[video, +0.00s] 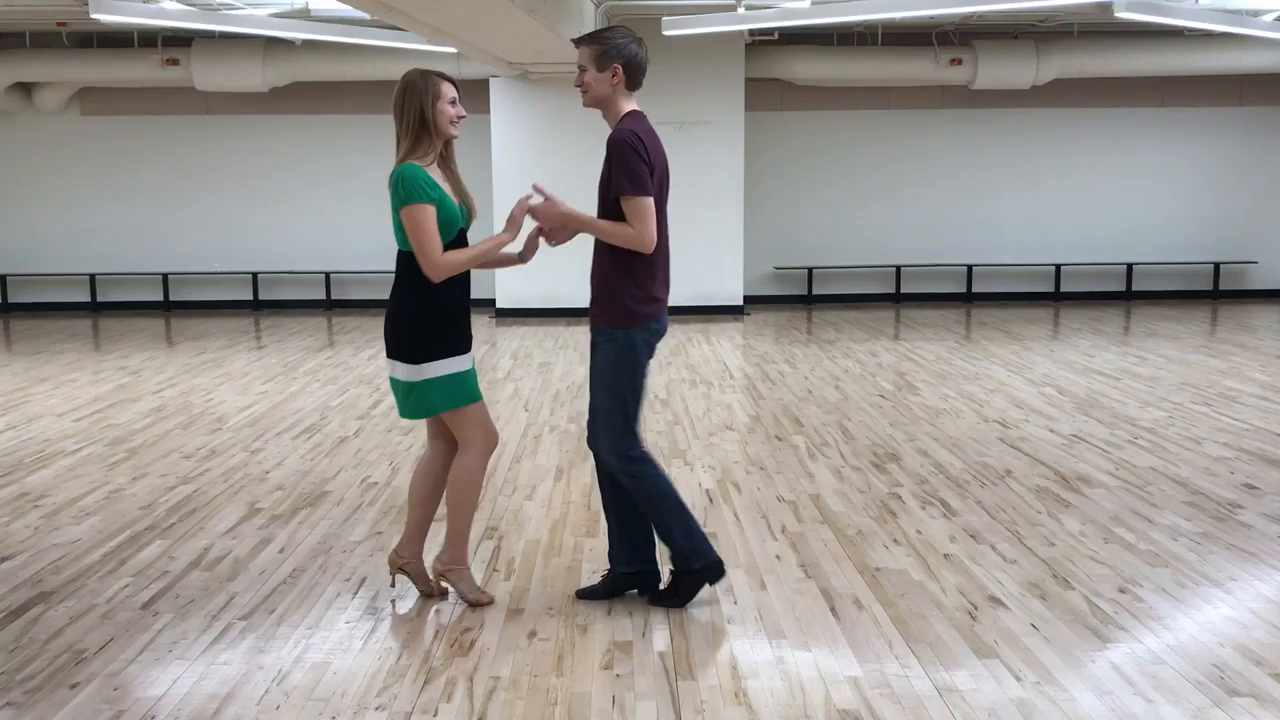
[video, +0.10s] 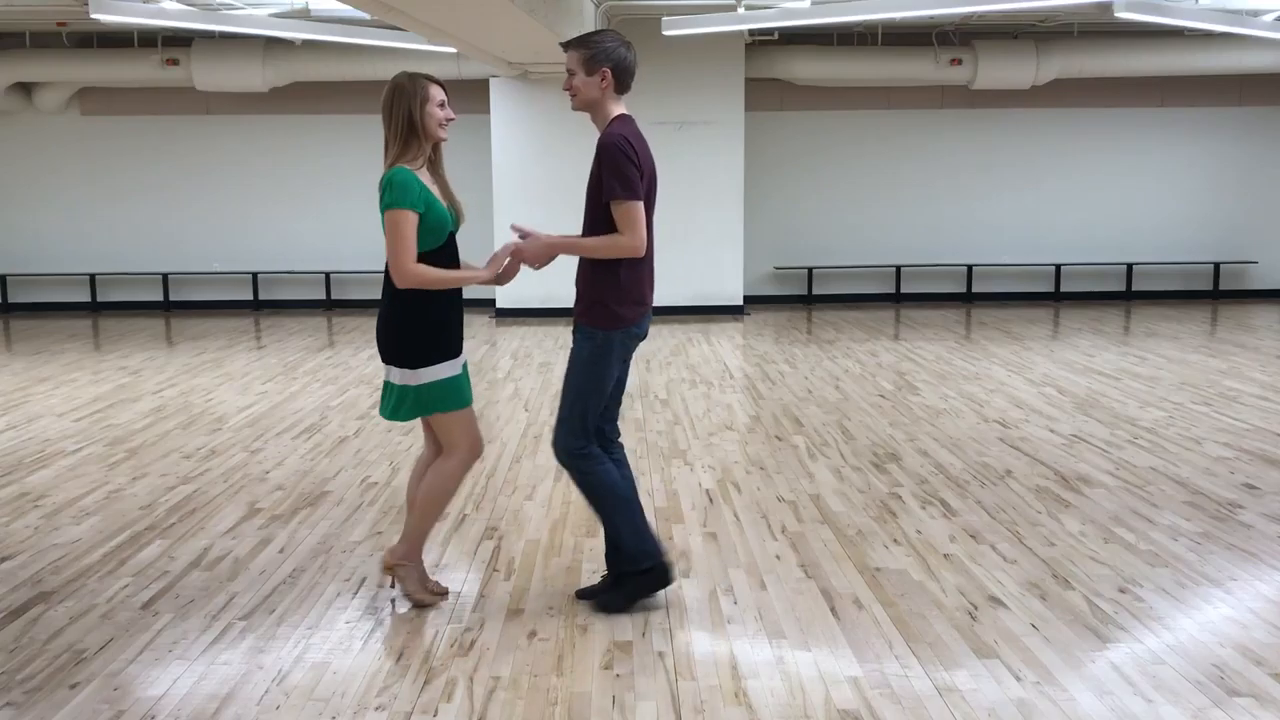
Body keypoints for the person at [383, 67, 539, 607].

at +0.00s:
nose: (461, 111)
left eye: (459, 102)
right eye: (450, 102)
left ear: (442, 111)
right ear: (423, 111)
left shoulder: (439, 171)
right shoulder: (413, 176)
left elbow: (459, 257)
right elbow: (434, 266)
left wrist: (519, 258)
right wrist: (501, 237)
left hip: (437, 330)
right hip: (426, 334)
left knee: (442, 443)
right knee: (479, 439)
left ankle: (408, 550)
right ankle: (453, 558)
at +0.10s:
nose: (450, 113)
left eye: (447, 104)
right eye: (439, 105)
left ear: (428, 113)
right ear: (412, 114)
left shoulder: (426, 176)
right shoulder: (403, 180)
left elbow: (435, 263)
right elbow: (405, 273)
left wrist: (486, 271)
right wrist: (478, 275)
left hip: (430, 332)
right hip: (421, 338)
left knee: (437, 446)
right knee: (465, 445)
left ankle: (411, 560)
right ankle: (405, 550)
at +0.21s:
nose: (442, 112)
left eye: (440, 103)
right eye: (432, 103)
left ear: (423, 114)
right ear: (406, 112)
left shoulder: (419, 175)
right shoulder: (397, 180)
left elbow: (424, 259)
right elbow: (385, 267)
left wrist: (473, 273)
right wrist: (460, 282)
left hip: (431, 327)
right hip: (410, 334)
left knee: (448, 443)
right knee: (432, 451)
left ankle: (409, 553)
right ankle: (363, 557)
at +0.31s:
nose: (435, 112)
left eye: (434, 103)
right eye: (426, 104)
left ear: (415, 112)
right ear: (400, 112)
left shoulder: (416, 173)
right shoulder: (391, 178)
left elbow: (419, 259)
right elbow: (374, 265)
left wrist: (467, 266)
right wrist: (446, 280)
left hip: (425, 328)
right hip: (397, 334)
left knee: (446, 442)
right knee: (398, 455)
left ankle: (410, 555)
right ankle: (342, 566)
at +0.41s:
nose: (432, 113)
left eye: (430, 104)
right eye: (422, 105)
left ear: (409, 114)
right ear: (396, 113)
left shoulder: (410, 177)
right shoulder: (388, 180)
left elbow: (410, 263)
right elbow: (369, 267)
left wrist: (460, 265)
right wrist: (443, 277)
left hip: (414, 334)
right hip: (386, 336)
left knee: (446, 442)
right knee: (382, 452)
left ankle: (410, 554)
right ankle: (337, 567)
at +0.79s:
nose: (436, 111)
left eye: (433, 102)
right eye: (426, 103)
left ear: (412, 111)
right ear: (400, 113)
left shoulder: (408, 175)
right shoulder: (395, 178)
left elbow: (429, 261)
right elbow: (417, 268)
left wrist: (487, 245)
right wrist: (489, 255)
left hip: (395, 335)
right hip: (404, 339)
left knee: (409, 446)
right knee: (443, 446)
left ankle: (372, 557)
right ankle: (376, 555)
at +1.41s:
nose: (503, 114)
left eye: (503, 106)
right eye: (494, 106)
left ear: (496, 113)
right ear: (469, 114)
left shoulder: (496, 179)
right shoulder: (471, 178)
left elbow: (542, 240)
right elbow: (543, 200)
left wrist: (582, 190)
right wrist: (610, 151)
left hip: (513, 328)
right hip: (484, 332)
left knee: (552, 436)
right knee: (509, 447)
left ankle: (507, 544)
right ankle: (465, 560)